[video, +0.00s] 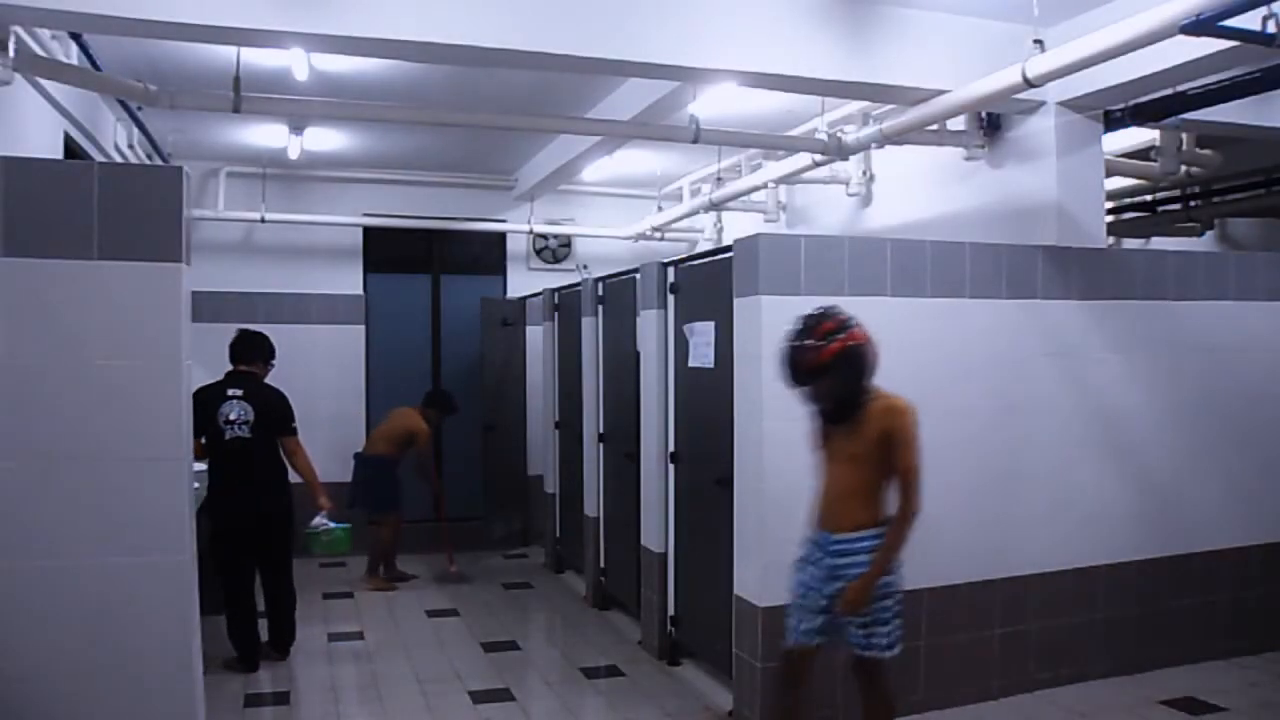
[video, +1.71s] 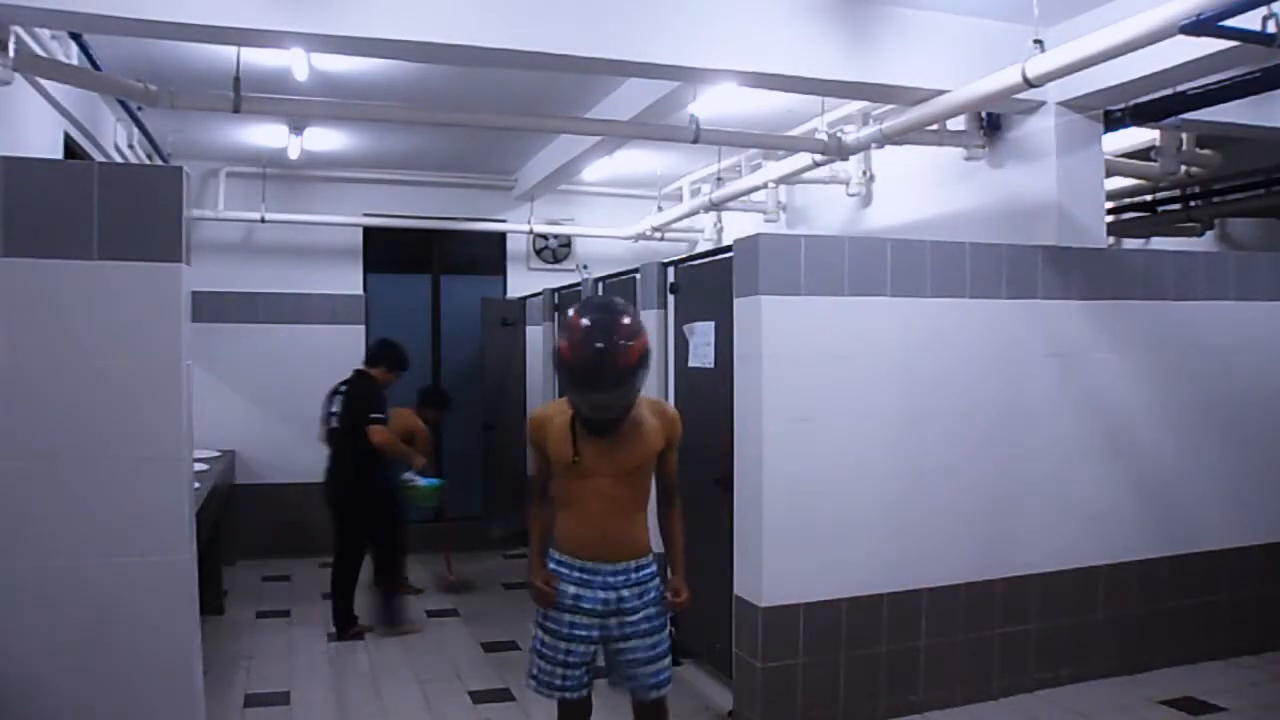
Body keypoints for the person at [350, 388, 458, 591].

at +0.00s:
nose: (439, 421)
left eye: (442, 416)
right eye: (440, 416)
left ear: (425, 404)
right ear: (434, 411)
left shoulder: (402, 413)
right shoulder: (421, 428)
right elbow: (424, 465)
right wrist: (434, 488)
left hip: (367, 461)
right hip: (380, 466)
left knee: (392, 518)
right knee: (385, 520)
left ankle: (390, 569)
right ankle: (372, 574)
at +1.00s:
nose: (449, 424)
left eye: (451, 419)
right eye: (450, 418)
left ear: (435, 407)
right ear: (442, 413)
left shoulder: (414, 414)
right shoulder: (424, 431)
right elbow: (423, 471)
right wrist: (437, 497)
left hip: (377, 465)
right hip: (387, 470)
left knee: (392, 523)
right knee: (397, 524)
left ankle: (392, 572)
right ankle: (393, 579)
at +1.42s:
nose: (447, 423)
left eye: (449, 418)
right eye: (447, 418)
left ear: (432, 408)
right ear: (439, 413)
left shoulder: (412, 416)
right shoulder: (422, 430)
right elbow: (420, 467)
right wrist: (434, 495)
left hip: (376, 465)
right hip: (386, 471)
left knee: (382, 526)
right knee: (393, 527)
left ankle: (382, 572)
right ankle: (393, 579)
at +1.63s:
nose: (440, 418)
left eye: (442, 414)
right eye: (439, 413)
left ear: (423, 404)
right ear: (432, 410)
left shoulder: (399, 414)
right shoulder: (419, 428)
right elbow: (422, 461)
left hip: (373, 467)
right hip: (386, 473)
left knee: (387, 527)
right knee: (393, 528)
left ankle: (390, 574)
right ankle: (392, 578)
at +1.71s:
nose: (438, 418)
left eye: (440, 412)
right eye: (438, 412)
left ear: (421, 403)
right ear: (431, 409)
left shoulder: (396, 413)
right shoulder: (419, 429)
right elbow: (424, 465)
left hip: (372, 471)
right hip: (388, 479)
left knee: (383, 529)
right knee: (395, 530)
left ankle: (383, 576)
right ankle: (396, 579)